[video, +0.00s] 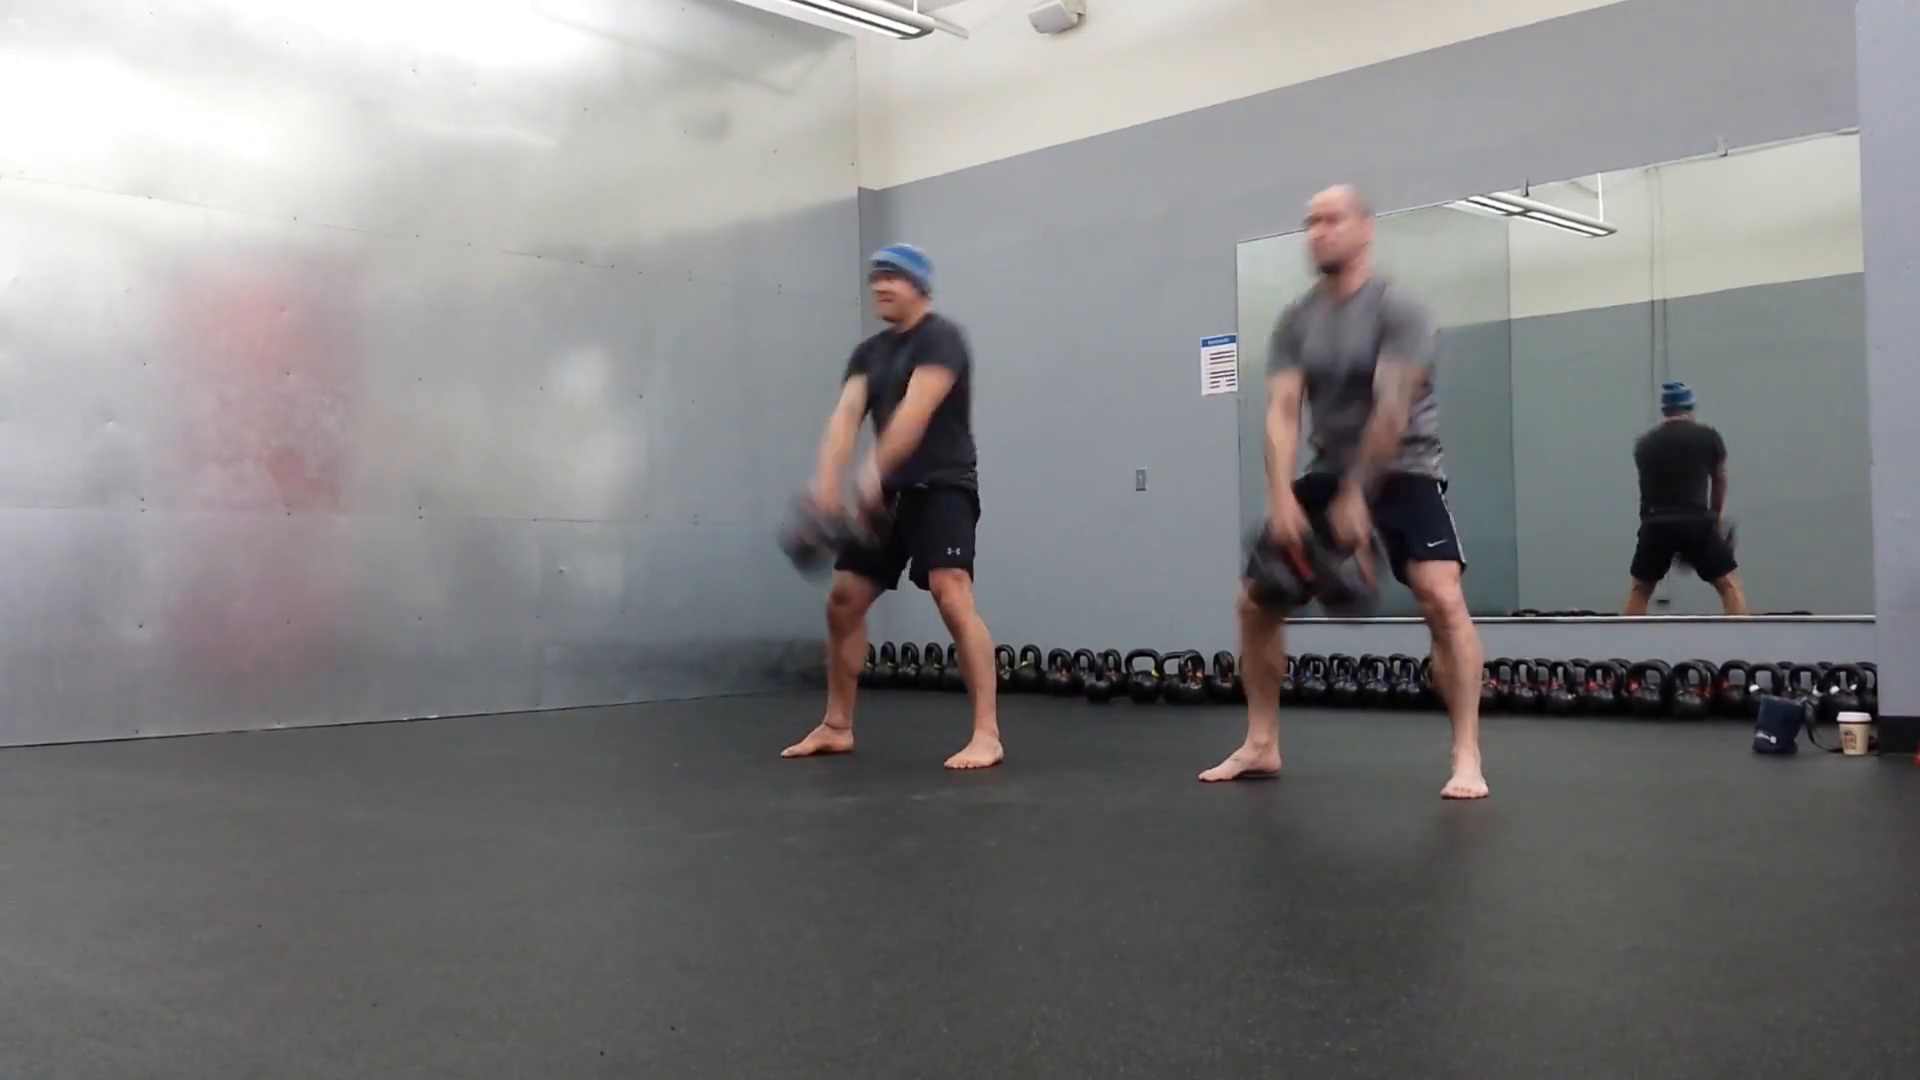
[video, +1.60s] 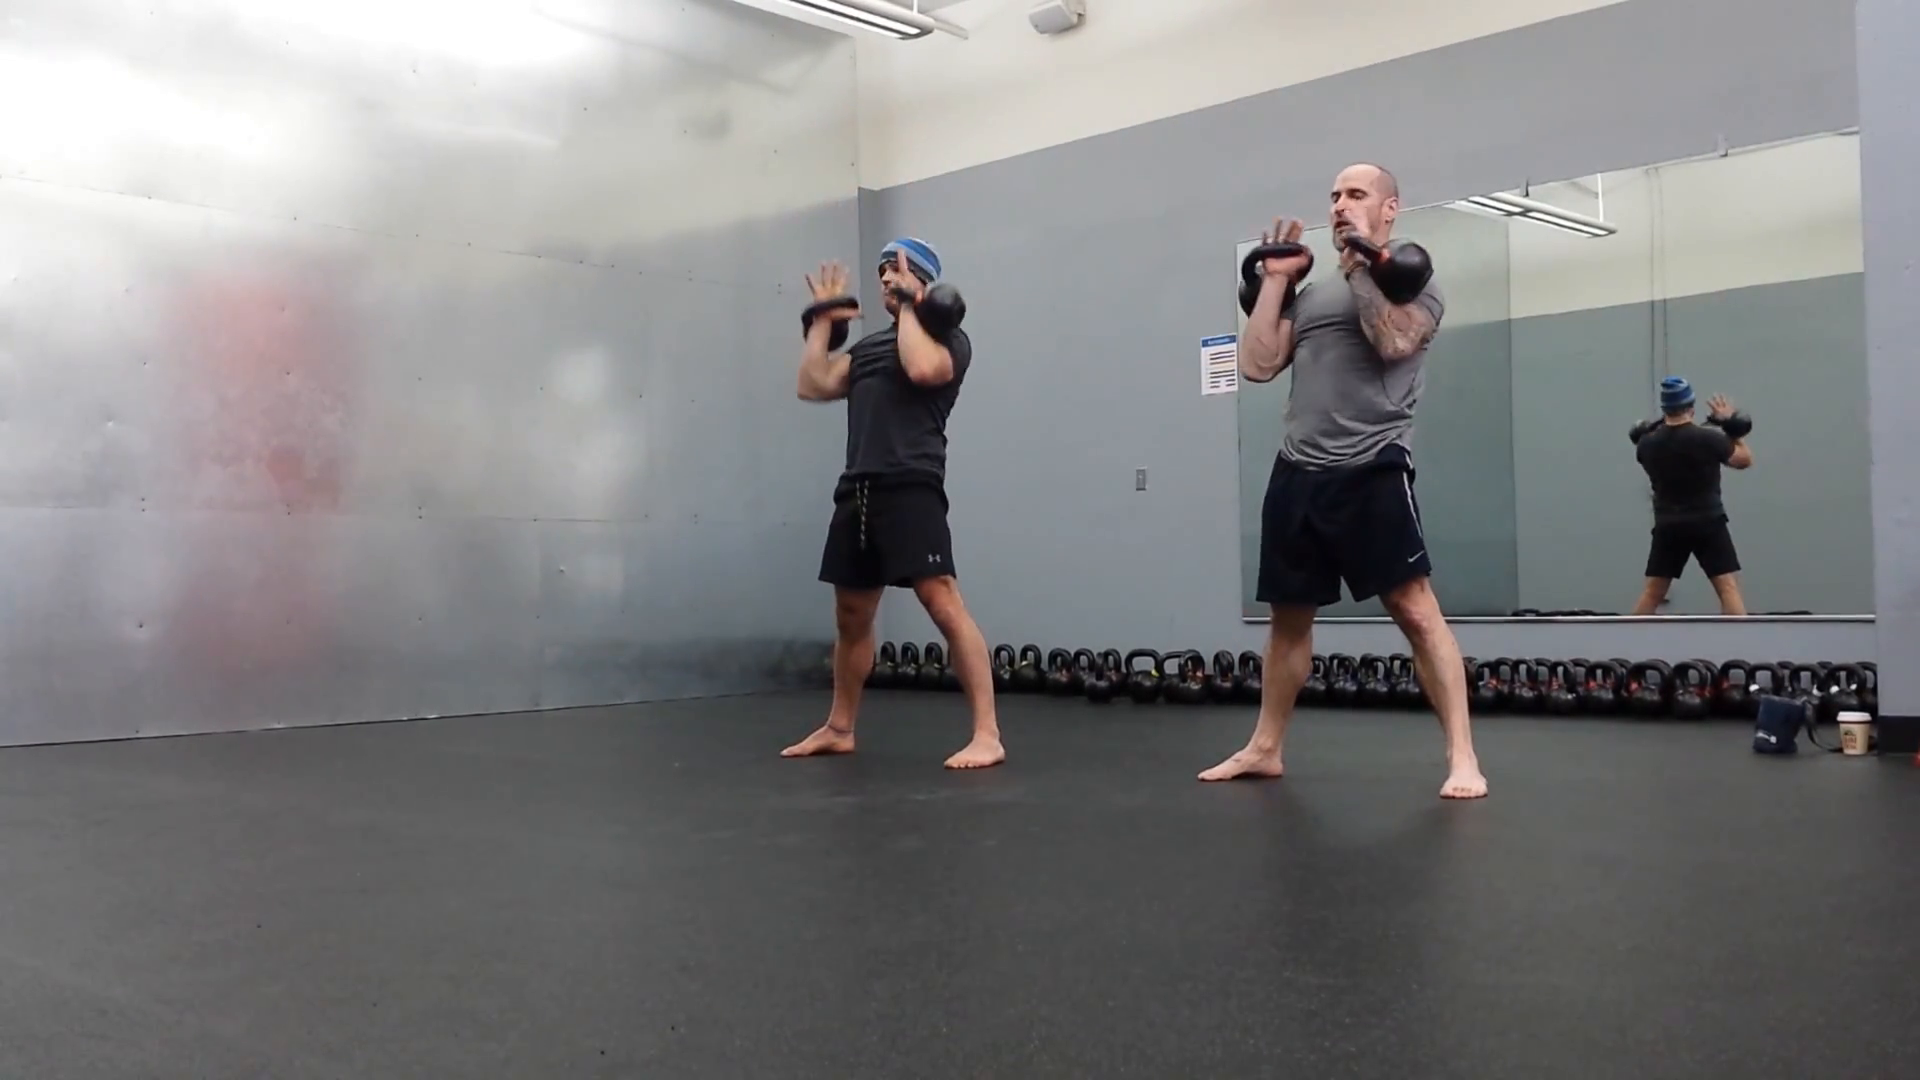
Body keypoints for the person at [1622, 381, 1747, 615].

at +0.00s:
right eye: (1689, 408)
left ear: (1664, 410)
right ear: (1690, 408)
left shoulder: (1644, 443)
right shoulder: (1708, 437)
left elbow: (1647, 490)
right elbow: (1719, 484)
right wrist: (1715, 521)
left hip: (1656, 526)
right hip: (1697, 525)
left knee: (1639, 592)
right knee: (1728, 587)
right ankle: (1743, 647)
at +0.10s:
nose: (1682, 409)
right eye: (1681, 405)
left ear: (1654, 407)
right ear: (1680, 405)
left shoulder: (1634, 438)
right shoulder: (1696, 430)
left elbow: (1647, 472)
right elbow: (1721, 461)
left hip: (1657, 528)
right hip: (1697, 525)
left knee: (1644, 594)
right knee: (1723, 588)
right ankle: (1744, 647)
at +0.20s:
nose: (1687, 407)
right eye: (1685, 404)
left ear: (1656, 409)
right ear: (1684, 405)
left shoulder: (1638, 443)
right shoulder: (1698, 434)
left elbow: (1646, 470)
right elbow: (1733, 455)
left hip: (1664, 528)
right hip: (1703, 526)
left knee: (1650, 594)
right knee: (1726, 589)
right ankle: (1746, 646)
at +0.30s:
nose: (1692, 412)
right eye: (1691, 407)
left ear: (1663, 411)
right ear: (1691, 408)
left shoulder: (1646, 439)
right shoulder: (1705, 432)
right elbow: (1742, 418)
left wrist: (1655, 409)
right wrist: (1735, 395)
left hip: (1669, 526)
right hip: (1707, 523)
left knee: (1652, 595)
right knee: (1727, 589)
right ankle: (1744, 647)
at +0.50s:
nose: (1703, 413)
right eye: (1703, 408)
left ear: (1677, 410)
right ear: (1706, 410)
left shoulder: (1660, 435)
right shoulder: (1715, 432)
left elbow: (1653, 395)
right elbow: (1730, 386)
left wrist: (1658, 355)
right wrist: (1724, 344)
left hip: (1674, 526)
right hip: (1713, 524)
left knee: (1653, 597)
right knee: (1729, 592)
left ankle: (1620, 651)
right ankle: (1745, 655)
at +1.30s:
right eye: (1687, 404)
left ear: (1663, 409)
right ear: (1692, 406)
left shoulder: (1650, 441)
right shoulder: (1709, 435)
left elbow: (1643, 425)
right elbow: (1752, 417)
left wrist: (1650, 395)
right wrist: (1733, 386)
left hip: (1670, 528)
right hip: (1709, 525)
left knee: (1653, 595)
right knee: (1728, 591)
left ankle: (1625, 647)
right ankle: (1745, 650)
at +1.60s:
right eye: (1690, 402)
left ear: (1663, 407)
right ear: (1691, 405)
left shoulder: (1647, 444)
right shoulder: (1707, 438)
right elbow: (1743, 460)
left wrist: (1645, 436)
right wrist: (1732, 426)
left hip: (1669, 528)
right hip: (1708, 526)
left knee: (1652, 594)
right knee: (1727, 589)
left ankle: (1625, 647)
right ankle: (1744, 647)